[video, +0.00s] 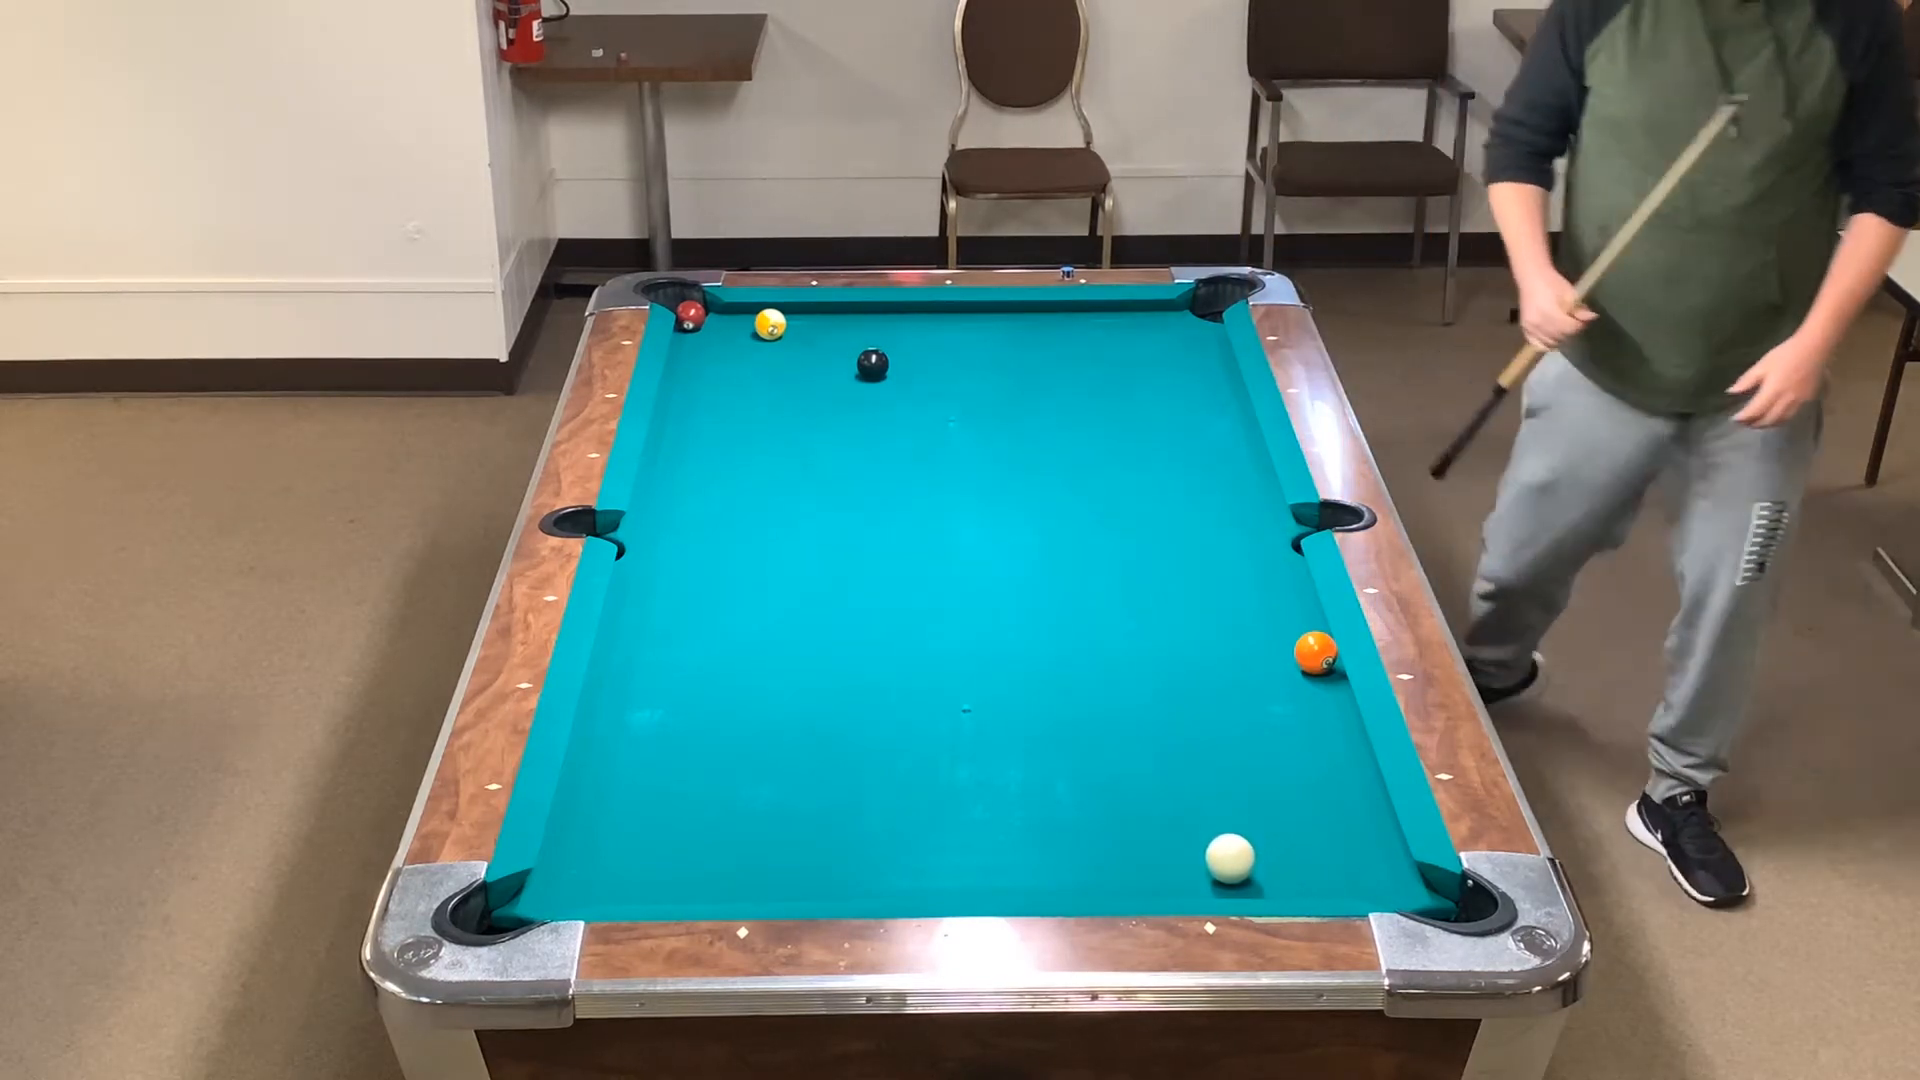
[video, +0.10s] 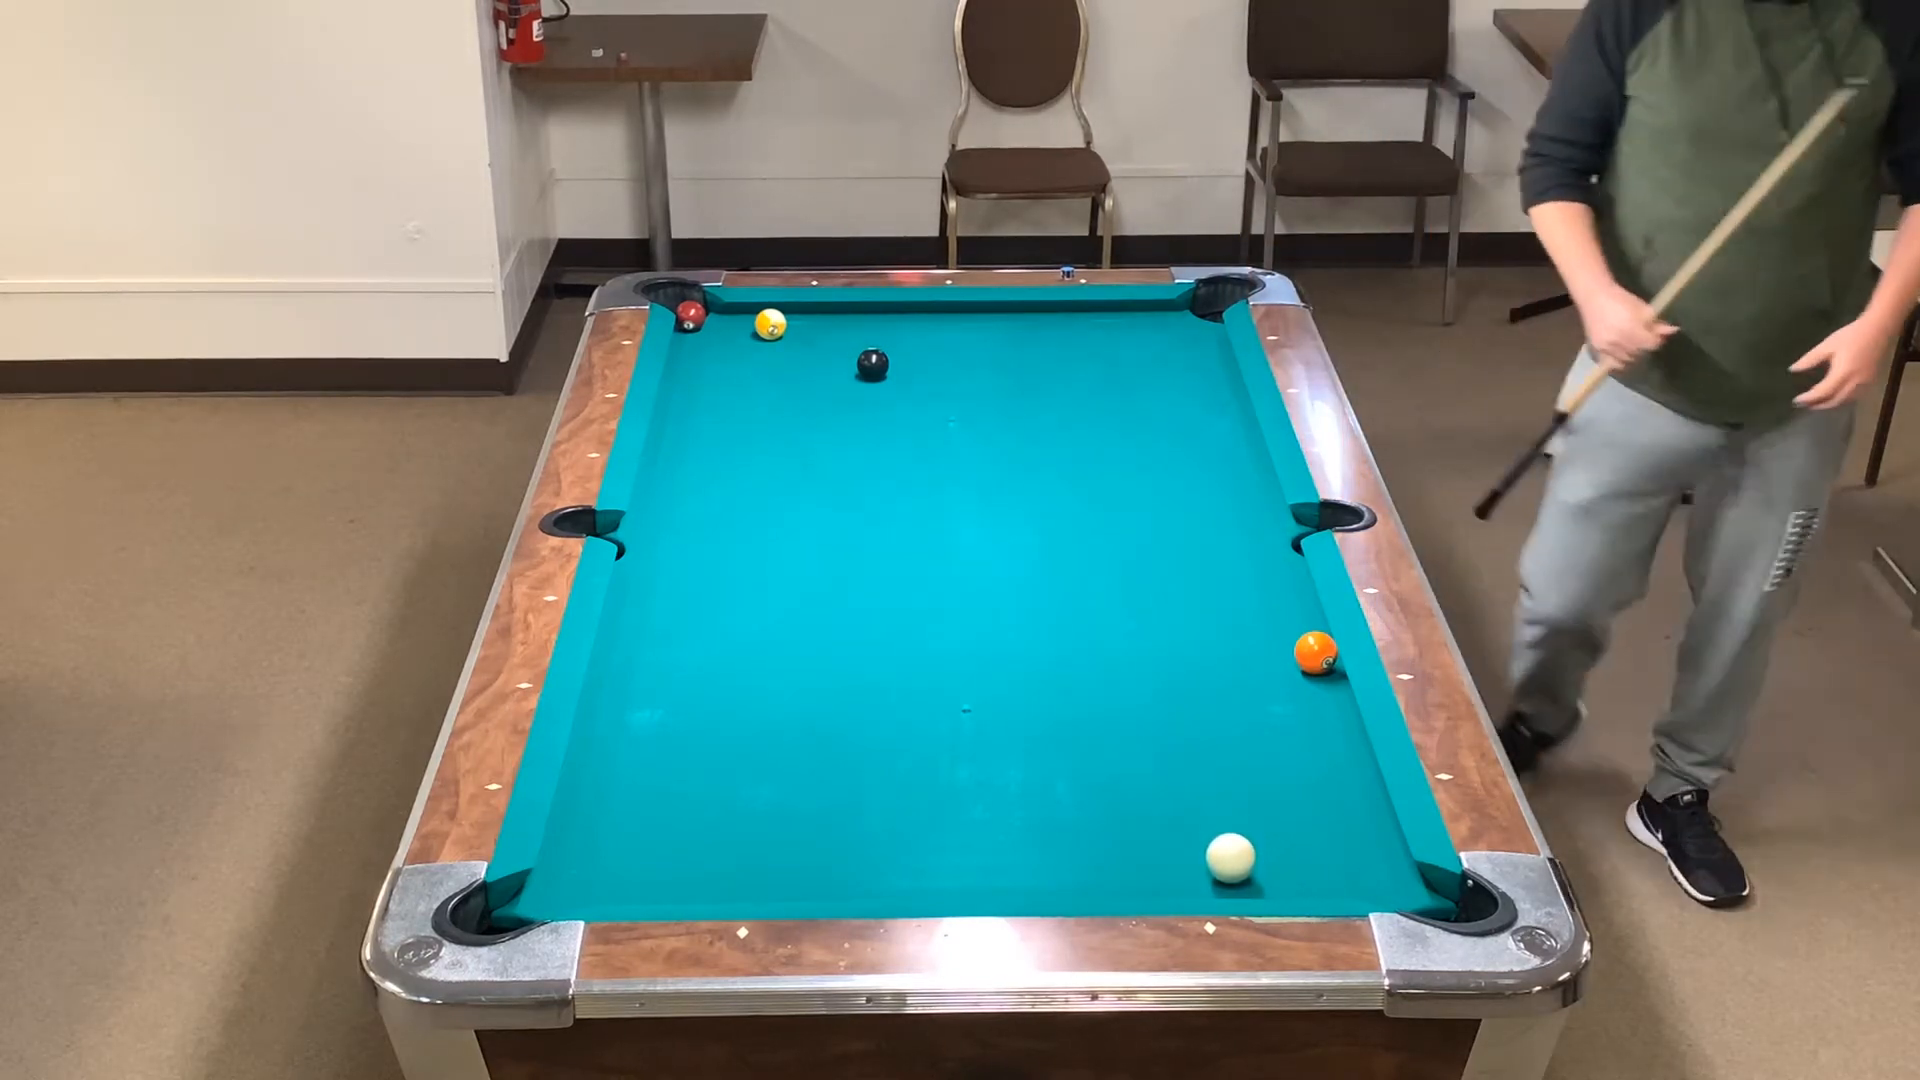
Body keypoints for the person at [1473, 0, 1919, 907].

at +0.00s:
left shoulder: (1852, 16)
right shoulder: (1597, 6)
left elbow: (1890, 188)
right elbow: (1517, 144)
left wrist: (1812, 345)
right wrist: (1533, 274)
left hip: (1762, 378)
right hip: (1603, 355)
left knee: (1729, 594)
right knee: (1515, 562)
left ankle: (1678, 790)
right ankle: (1494, 666)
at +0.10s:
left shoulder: (1887, 24)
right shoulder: (1637, 9)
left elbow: (1918, 189)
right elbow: (1554, 160)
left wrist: (1882, 322)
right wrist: (1595, 294)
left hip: (1800, 394)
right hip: (1642, 368)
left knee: (1740, 618)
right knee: (1560, 602)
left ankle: (1679, 794)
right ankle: (1535, 720)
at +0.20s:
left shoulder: (1904, 40)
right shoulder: (1678, 14)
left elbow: (1918, 202)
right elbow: (1583, 186)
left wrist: (1917, 302)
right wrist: (1670, 311)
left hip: (1826, 412)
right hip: (1674, 395)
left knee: (1753, 628)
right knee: (1635, 635)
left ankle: (1683, 793)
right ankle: (1597, 811)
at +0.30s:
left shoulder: (1915, 44)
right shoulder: (1718, 23)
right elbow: (1618, 213)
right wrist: (1740, 330)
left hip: (1855, 420)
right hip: (1709, 413)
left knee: (1766, 657)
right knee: (1703, 675)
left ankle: (1682, 815)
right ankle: (1675, 911)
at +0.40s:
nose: (1892, 21)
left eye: (1902, 18)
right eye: (1878, 11)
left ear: (1912, 10)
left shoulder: (1916, 65)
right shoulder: (1744, 53)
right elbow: (1652, 254)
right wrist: (1799, 349)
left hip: (1878, 438)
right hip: (1741, 435)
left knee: (1778, 659)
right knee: (1746, 721)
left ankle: (1673, 789)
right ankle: (1759, 968)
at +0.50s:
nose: (1911, 6)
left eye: (1912, 2)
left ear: (1900, 0)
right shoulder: (1773, 80)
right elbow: (1679, 275)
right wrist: (1839, 366)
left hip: (1899, 469)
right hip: (1772, 461)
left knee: (1804, 660)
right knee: (1792, 743)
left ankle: (1686, 783)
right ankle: (1775, 993)